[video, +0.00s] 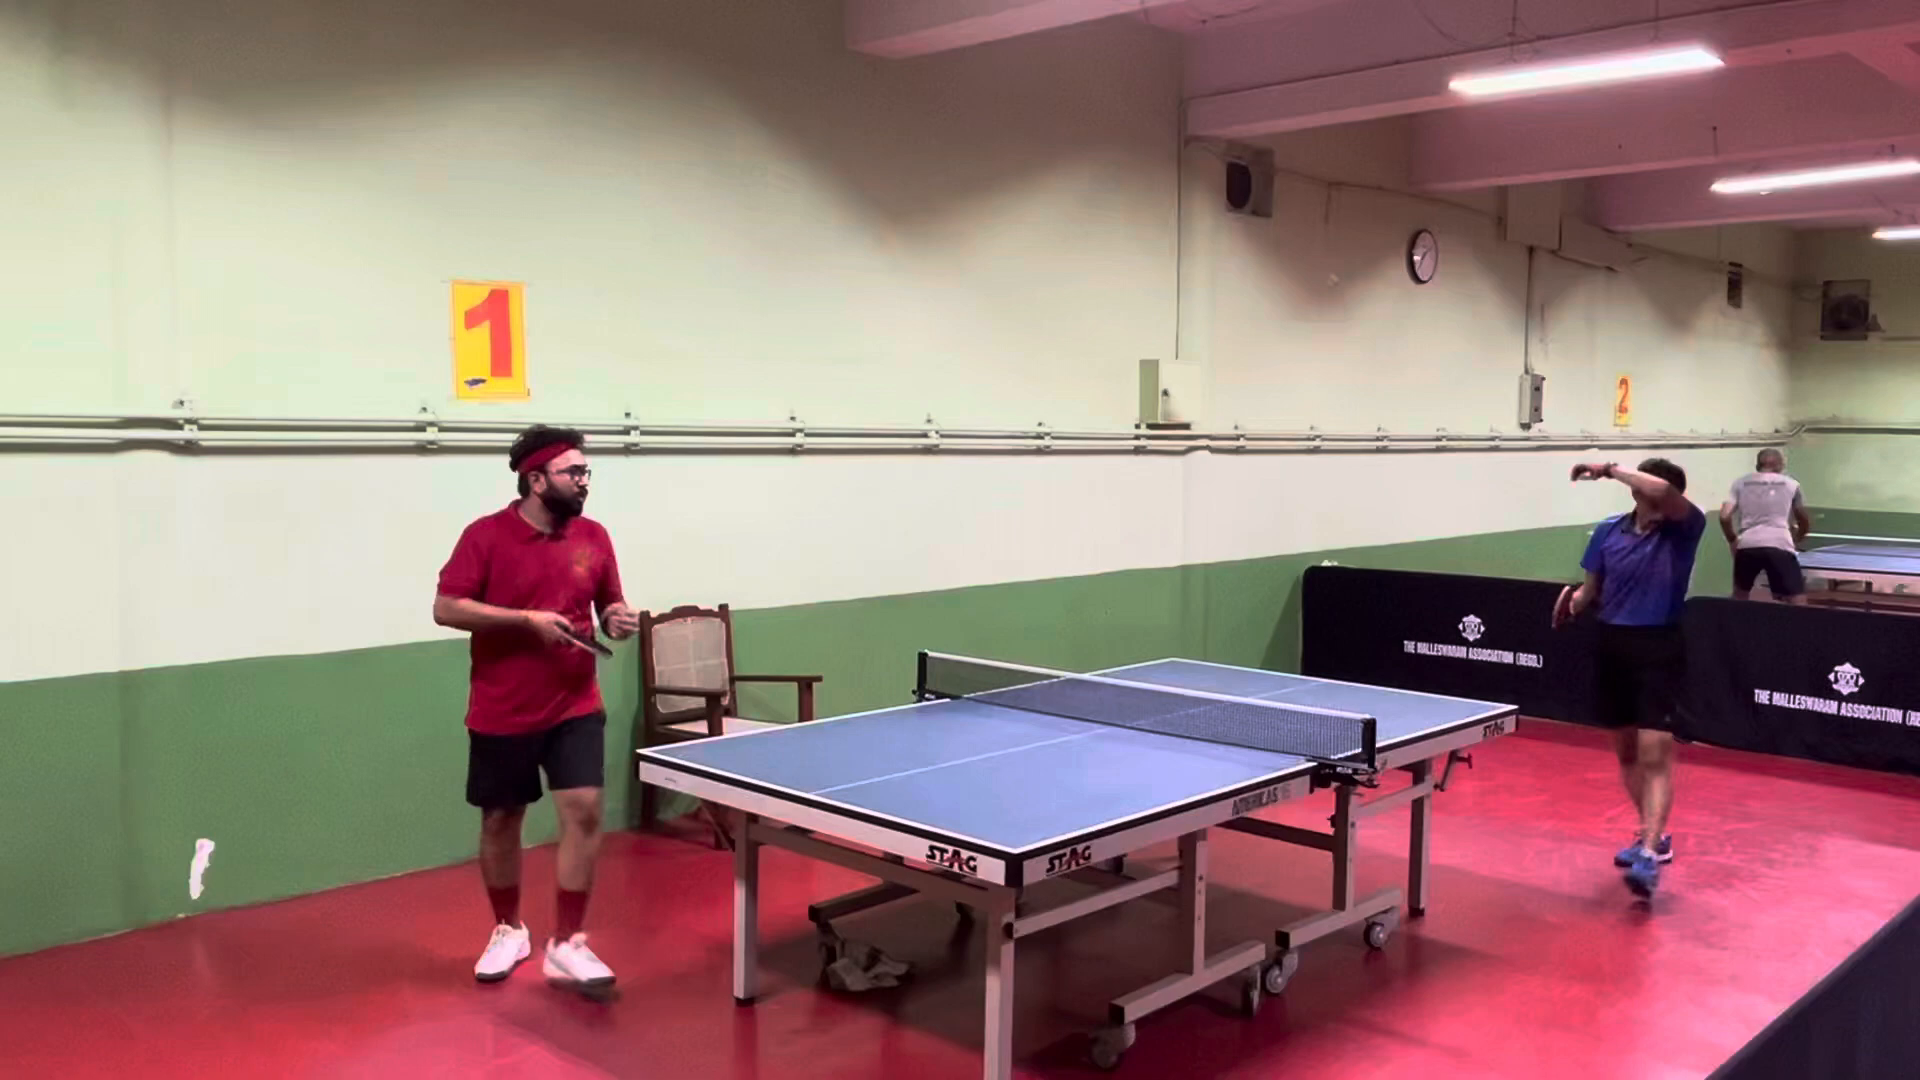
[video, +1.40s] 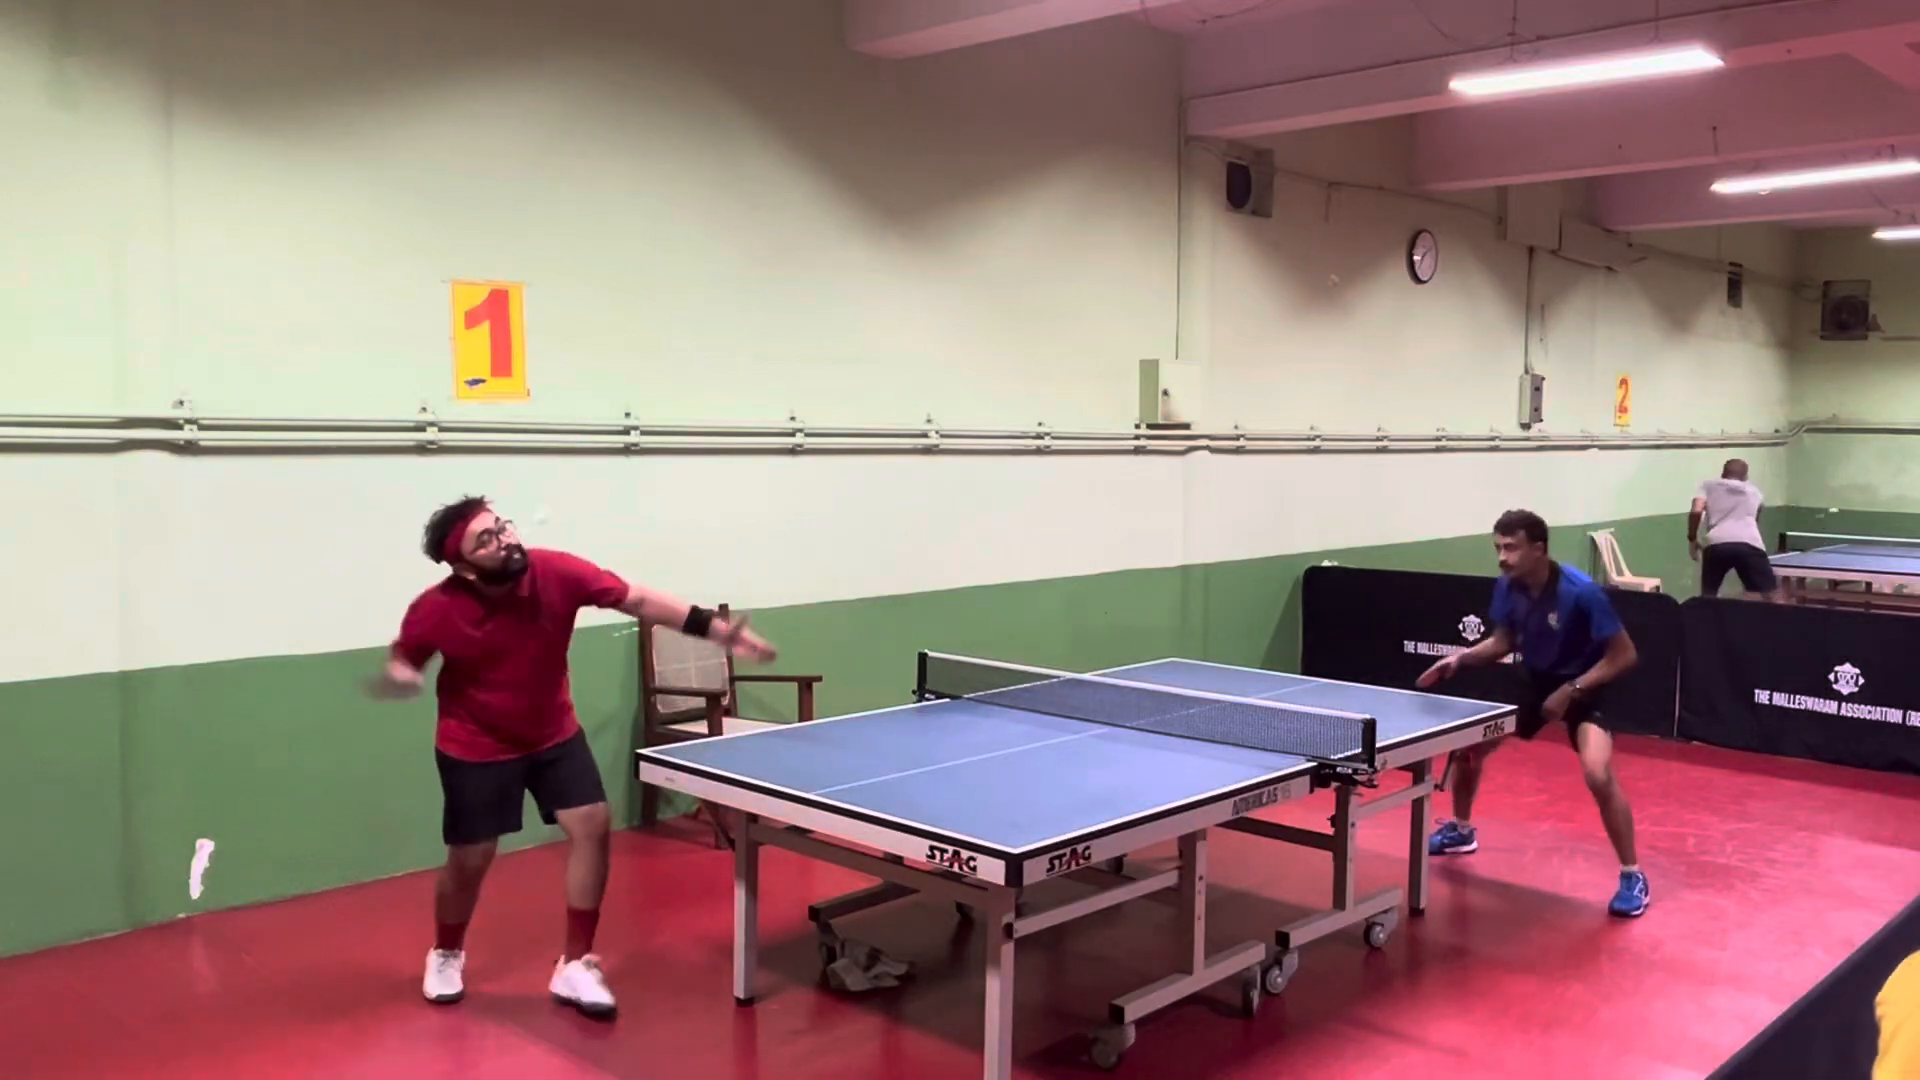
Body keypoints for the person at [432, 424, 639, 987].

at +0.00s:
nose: (584, 481)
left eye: (586, 473)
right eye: (573, 473)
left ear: (579, 478)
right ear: (534, 479)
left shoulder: (591, 536)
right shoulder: (486, 536)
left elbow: (611, 609)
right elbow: (446, 608)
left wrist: (621, 619)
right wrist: (527, 620)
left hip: (576, 706)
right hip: (503, 712)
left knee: (585, 810)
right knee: (501, 820)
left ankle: (566, 942)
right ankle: (507, 931)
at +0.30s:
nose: (624, 517)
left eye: (625, 506)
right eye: (612, 508)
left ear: (608, 510)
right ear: (572, 512)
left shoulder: (619, 575)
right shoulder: (513, 557)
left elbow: (640, 647)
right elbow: (468, 631)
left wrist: (674, 683)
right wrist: (551, 655)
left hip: (562, 728)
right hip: (488, 729)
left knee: (569, 836)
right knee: (479, 844)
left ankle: (567, 971)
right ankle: (501, 922)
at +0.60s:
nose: (662, 597)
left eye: (663, 585)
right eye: (652, 587)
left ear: (626, 587)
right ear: (612, 586)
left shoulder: (642, 626)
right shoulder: (544, 612)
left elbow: (665, 703)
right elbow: (532, 703)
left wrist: (715, 739)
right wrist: (623, 711)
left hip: (560, 737)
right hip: (485, 736)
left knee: (582, 844)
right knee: (475, 855)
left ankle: (567, 975)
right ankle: (453, 948)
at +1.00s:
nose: (613, 586)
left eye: (613, 573)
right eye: (600, 578)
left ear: (613, 567)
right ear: (559, 585)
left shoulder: (614, 598)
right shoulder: (517, 629)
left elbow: (664, 639)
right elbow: (555, 719)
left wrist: (716, 631)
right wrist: (638, 680)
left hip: (558, 738)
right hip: (487, 747)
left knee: (591, 838)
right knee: (483, 863)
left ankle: (568, 974)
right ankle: (447, 952)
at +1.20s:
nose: (551, 560)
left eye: (547, 550)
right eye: (534, 559)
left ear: (549, 547)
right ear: (503, 580)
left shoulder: (569, 572)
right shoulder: (485, 637)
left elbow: (639, 577)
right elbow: (516, 720)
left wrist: (697, 564)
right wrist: (590, 694)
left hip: (556, 734)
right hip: (486, 749)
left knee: (589, 834)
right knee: (483, 865)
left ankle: (569, 972)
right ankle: (446, 954)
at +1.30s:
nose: (521, 546)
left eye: (517, 534)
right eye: (503, 545)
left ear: (523, 533)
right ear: (478, 569)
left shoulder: (560, 570)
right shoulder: (459, 623)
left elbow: (640, 583)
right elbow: (449, 706)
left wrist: (713, 591)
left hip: (557, 740)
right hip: (480, 758)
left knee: (588, 832)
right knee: (477, 861)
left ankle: (570, 972)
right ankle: (446, 953)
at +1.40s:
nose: (505, 538)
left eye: (502, 527)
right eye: (486, 540)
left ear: (511, 526)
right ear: (461, 567)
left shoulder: (557, 572)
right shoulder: (437, 611)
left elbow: (639, 600)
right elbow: (397, 667)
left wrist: (716, 627)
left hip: (552, 729)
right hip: (474, 741)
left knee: (592, 823)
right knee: (470, 856)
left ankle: (576, 964)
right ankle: (447, 955)